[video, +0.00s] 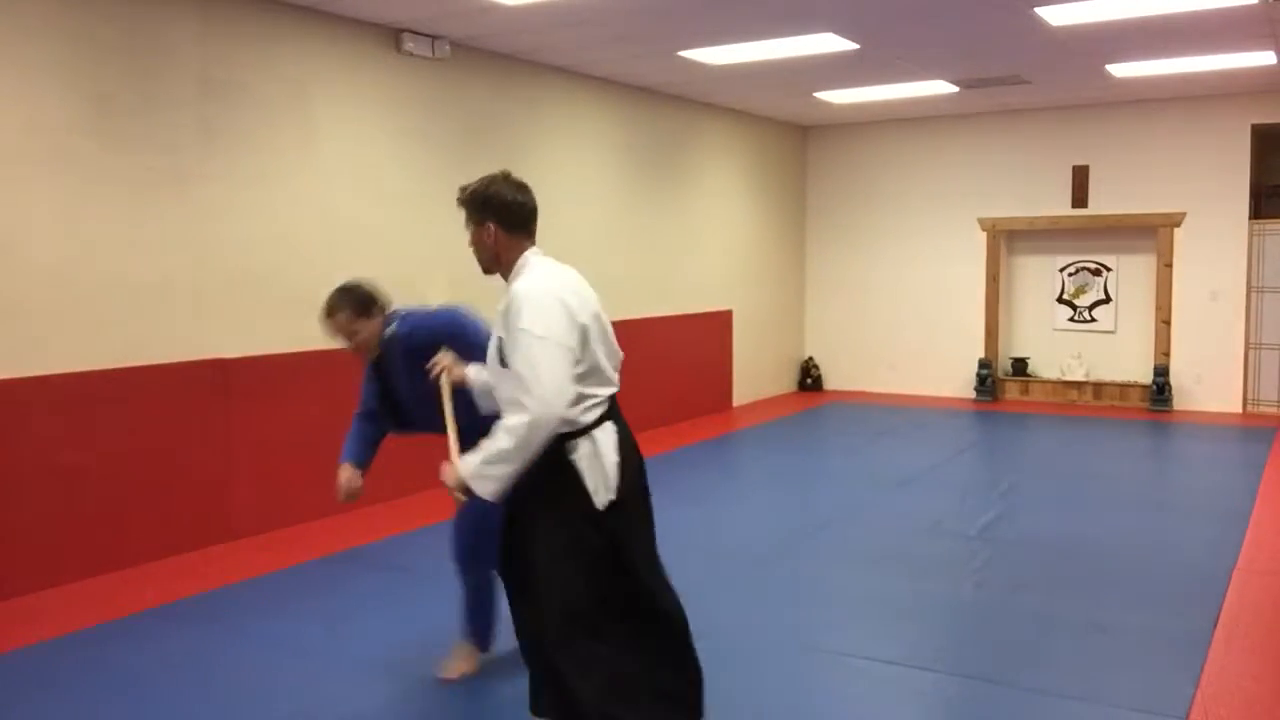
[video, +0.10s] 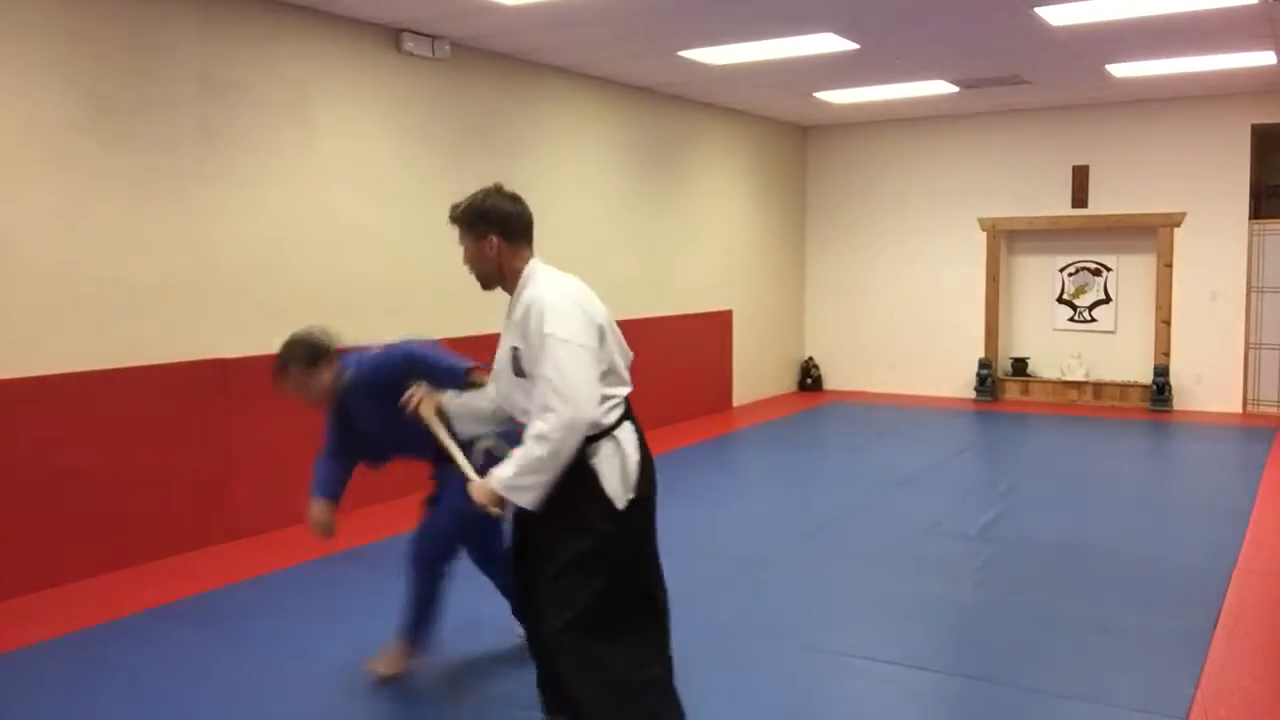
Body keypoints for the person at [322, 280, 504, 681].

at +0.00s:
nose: (350, 343)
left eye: (352, 332)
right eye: (343, 337)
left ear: (375, 316)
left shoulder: (414, 329)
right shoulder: (382, 366)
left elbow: (461, 320)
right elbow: (371, 415)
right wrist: (353, 462)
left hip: (510, 433)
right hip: (480, 441)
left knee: (472, 537)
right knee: (513, 547)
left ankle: (476, 641)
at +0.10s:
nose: (301, 397)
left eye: (299, 385)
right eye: (295, 388)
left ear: (320, 368)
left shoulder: (364, 371)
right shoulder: (346, 405)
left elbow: (412, 354)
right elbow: (338, 450)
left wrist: (467, 374)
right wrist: (323, 496)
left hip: (482, 447)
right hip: (455, 457)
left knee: (429, 549)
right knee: (488, 550)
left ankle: (408, 646)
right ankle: (544, 620)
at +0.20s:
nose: (250, 476)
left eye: (247, 465)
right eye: (243, 469)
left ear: (263, 446)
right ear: (260, 451)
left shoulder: (314, 426)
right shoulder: (299, 473)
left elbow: (366, 402)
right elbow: (290, 511)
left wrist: (429, 408)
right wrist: (289, 554)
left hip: (439, 461)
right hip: (426, 475)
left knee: (381, 564)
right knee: (469, 554)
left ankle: (352, 657)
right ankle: (542, 619)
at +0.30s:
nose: (227, 564)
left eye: (220, 557)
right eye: (219, 562)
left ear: (222, 533)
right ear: (215, 537)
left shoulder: (265, 494)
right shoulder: (235, 524)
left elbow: (325, 464)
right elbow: (245, 583)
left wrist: (392, 458)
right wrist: (257, 636)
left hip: (386, 490)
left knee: (345, 579)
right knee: (435, 554)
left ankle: (347, 662)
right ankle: (530, 598)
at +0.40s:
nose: (236, 647)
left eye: (230, 636)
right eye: (224, 651)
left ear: (219, 611)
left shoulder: (235, 559)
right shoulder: (189, 617)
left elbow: (302, 520)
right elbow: (224, 669)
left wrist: (379, 506)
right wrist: (252, 703)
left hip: (323, 473)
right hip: (276, 495)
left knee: (330, 600)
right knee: (381, 540)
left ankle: (351, 658)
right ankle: (477, 526)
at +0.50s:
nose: (244, 689)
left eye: (236, 689)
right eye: (239, 693)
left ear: (217, 674)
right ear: (212, 675)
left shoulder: (201, 627)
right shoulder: (169, 672)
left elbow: (266, 569)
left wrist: (348, 554)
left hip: (220, 502)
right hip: (176, 525)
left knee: (303, 587)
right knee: (315, 515)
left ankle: (358, 650)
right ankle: (371, 429)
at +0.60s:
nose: (247, 705)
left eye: (240, 710)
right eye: (247, 711)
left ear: (208, 712)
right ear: (223, 708)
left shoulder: (151, 689)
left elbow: (228, 626)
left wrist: (326, 604)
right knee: (217, 524)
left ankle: (324, 586)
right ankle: (184, 426)